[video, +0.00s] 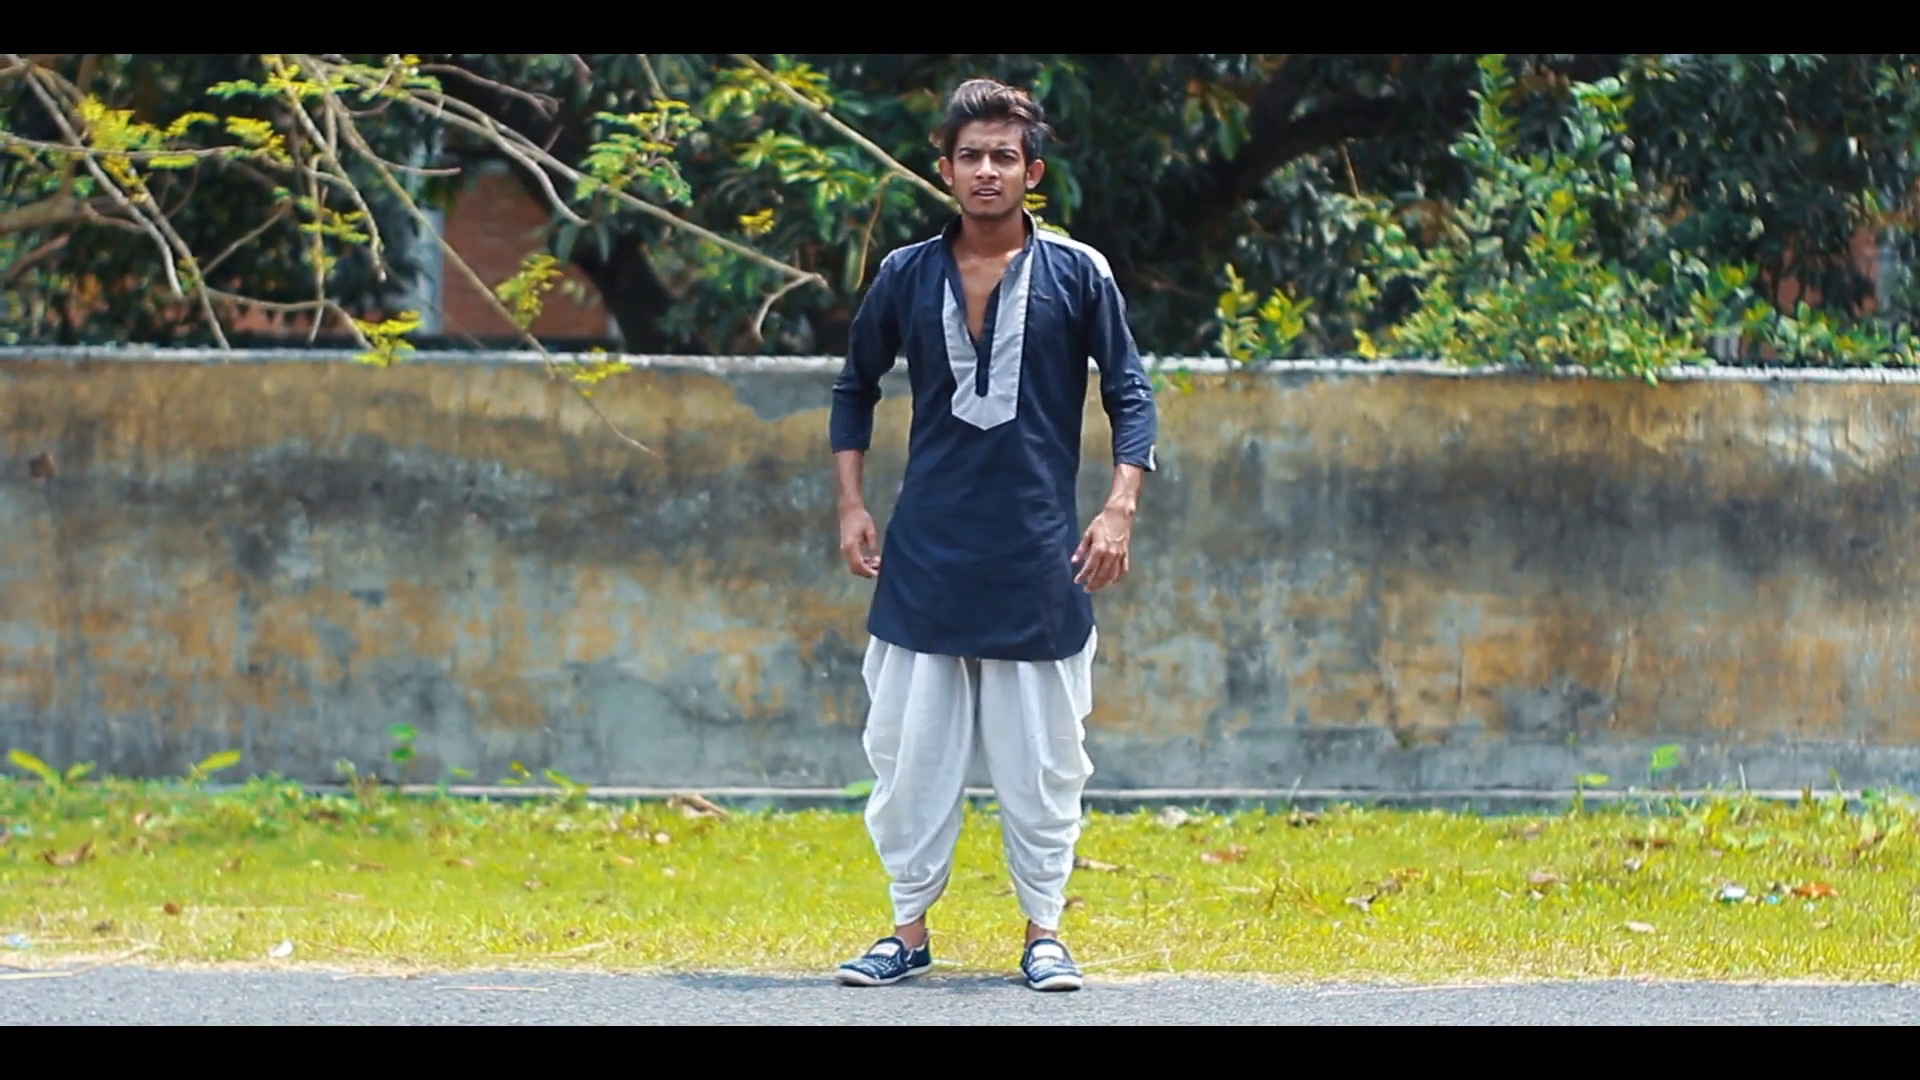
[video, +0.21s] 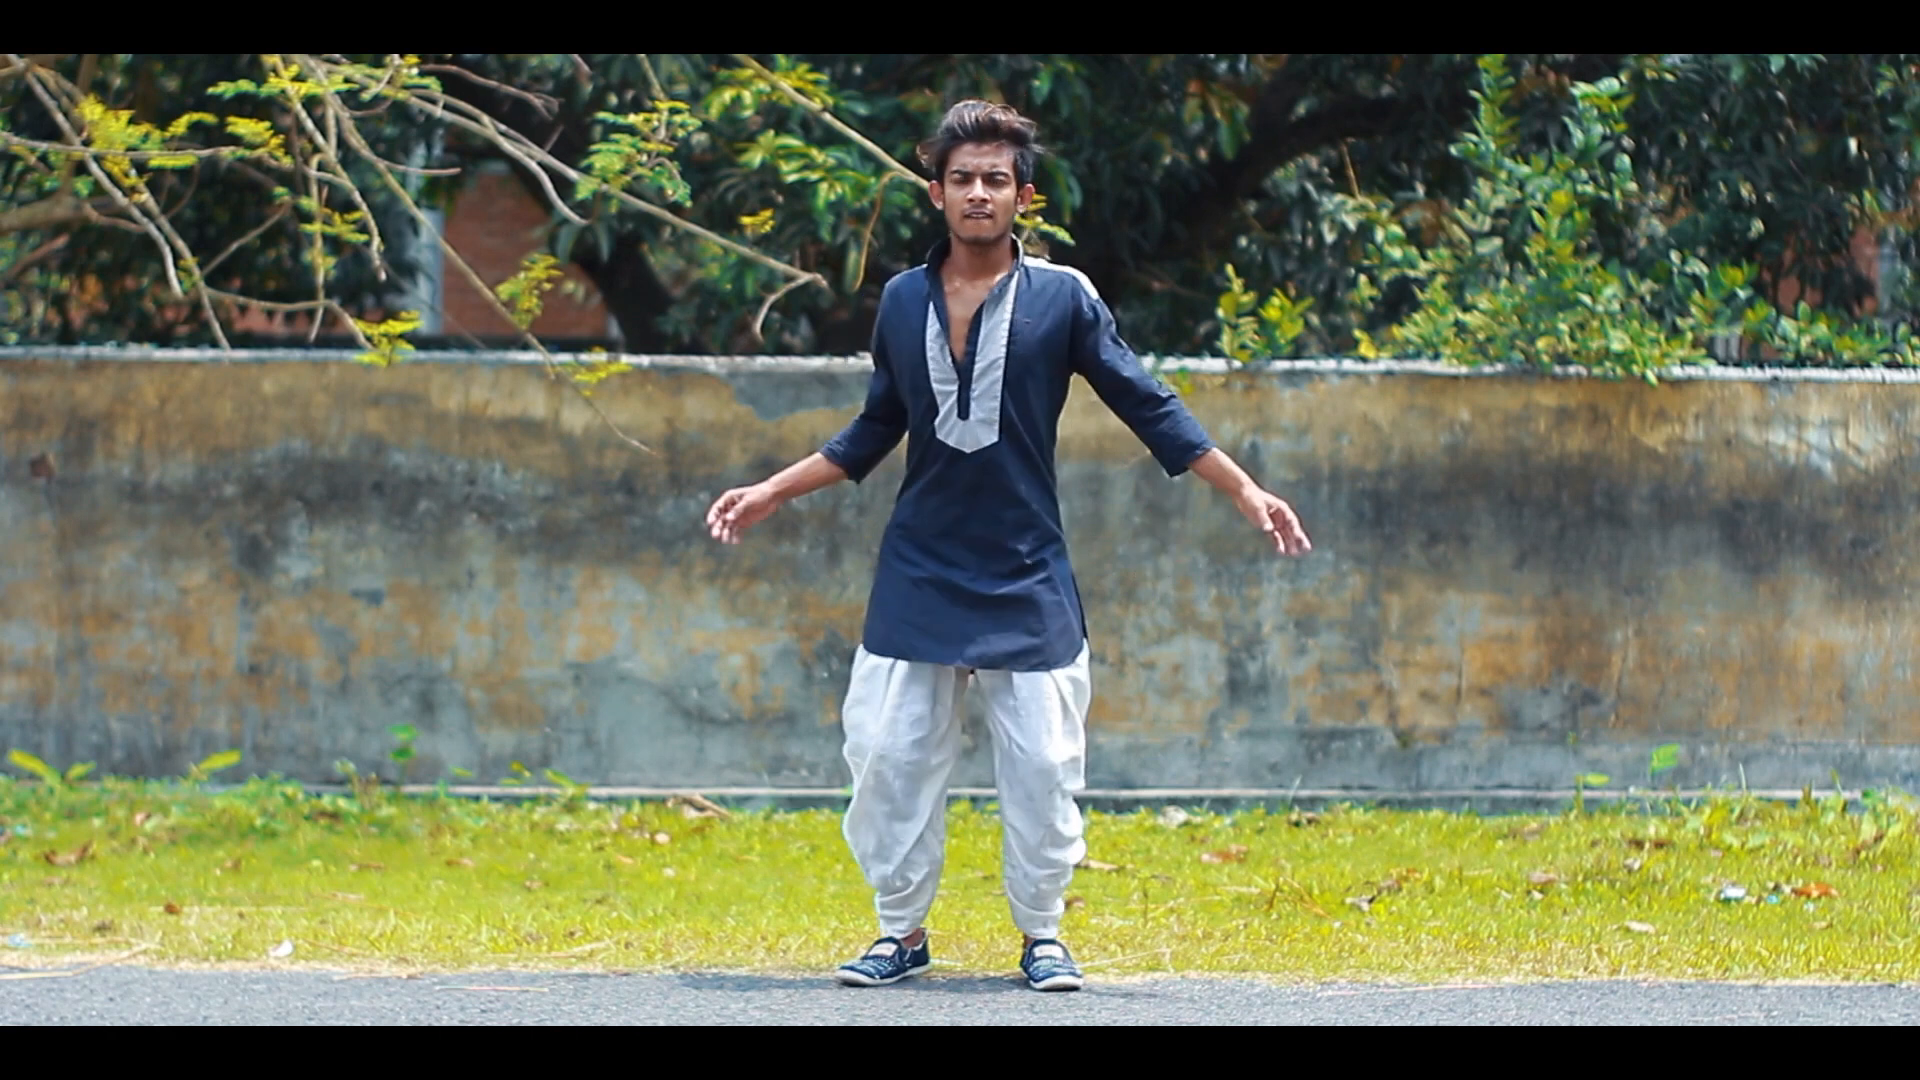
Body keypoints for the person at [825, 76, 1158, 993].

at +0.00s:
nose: (988, 173)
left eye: (1005, 158)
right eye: (972, 158)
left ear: (1031, 169)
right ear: (948, 169)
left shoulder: (1079, 273)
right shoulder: (902, 275)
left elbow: (1130, 396)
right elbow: (856, 388)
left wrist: (1120, 507)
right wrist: (851, 503)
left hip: (1036, 547)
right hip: (926, 546)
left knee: (1043, 750)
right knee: (907, 747)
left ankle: (1044, 935)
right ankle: (910, 933)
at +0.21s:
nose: (980, 194)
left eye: (997, 179)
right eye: (964, 178)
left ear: (1023, 193)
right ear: (938, 190)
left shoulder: (1063, 297)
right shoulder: (904, 298)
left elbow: (1148, 402)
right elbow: (878, 423)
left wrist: (1244, 489)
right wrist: (775, 488)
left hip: (1024, 561)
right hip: (920, 557)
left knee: (1042, 760)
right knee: (886, 750)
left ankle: (1042, 935)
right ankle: (902, 932)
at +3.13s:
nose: (883, 258)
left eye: (897, 244)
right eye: (870, 237)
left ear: (904, 255)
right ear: (830, 235)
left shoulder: (874, 314)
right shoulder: (792, 319)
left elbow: (917, 275)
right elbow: (806, 239)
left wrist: (903, 232)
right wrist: (818, 198)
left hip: (909, 590)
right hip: (831, 589)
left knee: (1032, 718)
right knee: (818, 789)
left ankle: (1033, 924)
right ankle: (750, 947)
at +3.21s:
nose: (870, 228)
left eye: (884, 215)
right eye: (859, 208)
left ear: (894, 219)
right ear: (821, 199)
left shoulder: (867, 277)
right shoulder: (777, 279)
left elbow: (932, 253)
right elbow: (814, 183)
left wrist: (902, 195)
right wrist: (828, 149)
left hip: (926, 545)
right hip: (849, 552)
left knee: (1028, 710)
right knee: (816, 768)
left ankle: (1036, 917)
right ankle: (747, 940)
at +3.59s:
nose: (842, 217)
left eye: (855, 202)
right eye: (823, 204)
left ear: (872, 215)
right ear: (789, 219)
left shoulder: (896, 310)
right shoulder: (780, 316)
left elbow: (991, 317)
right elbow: (748, 247)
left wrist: (950, 227)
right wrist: (775, 177)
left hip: (923, 576)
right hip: (833, 580)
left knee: (1041, 722)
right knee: (820, 782)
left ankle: (1030, 933)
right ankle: (746, 949)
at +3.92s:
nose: (876, 189)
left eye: (889, 177)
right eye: (856, 181)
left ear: (917, 201)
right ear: (830, 213)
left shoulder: (968, 316)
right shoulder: (792, 312)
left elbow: (1016, 426)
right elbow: (690, 407)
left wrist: (1104, 513)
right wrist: (724, 493)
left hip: (943, 578)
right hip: (830, 579)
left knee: (1006, 754)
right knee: (811, 783)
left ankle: (982, 949)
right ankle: (788, 944)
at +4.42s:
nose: (974, 233)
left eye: (987, 217)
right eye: (953, 221)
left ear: (1007, 229)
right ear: (923, 242)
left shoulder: (1019, 318)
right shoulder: (932, 345)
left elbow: (991, 441)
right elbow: (1041, 437)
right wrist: (1165, 392)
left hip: (1003, 598)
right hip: (910, 599)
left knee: (1118, 745)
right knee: (821, 786)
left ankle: (1094, 948)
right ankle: (764, 944)